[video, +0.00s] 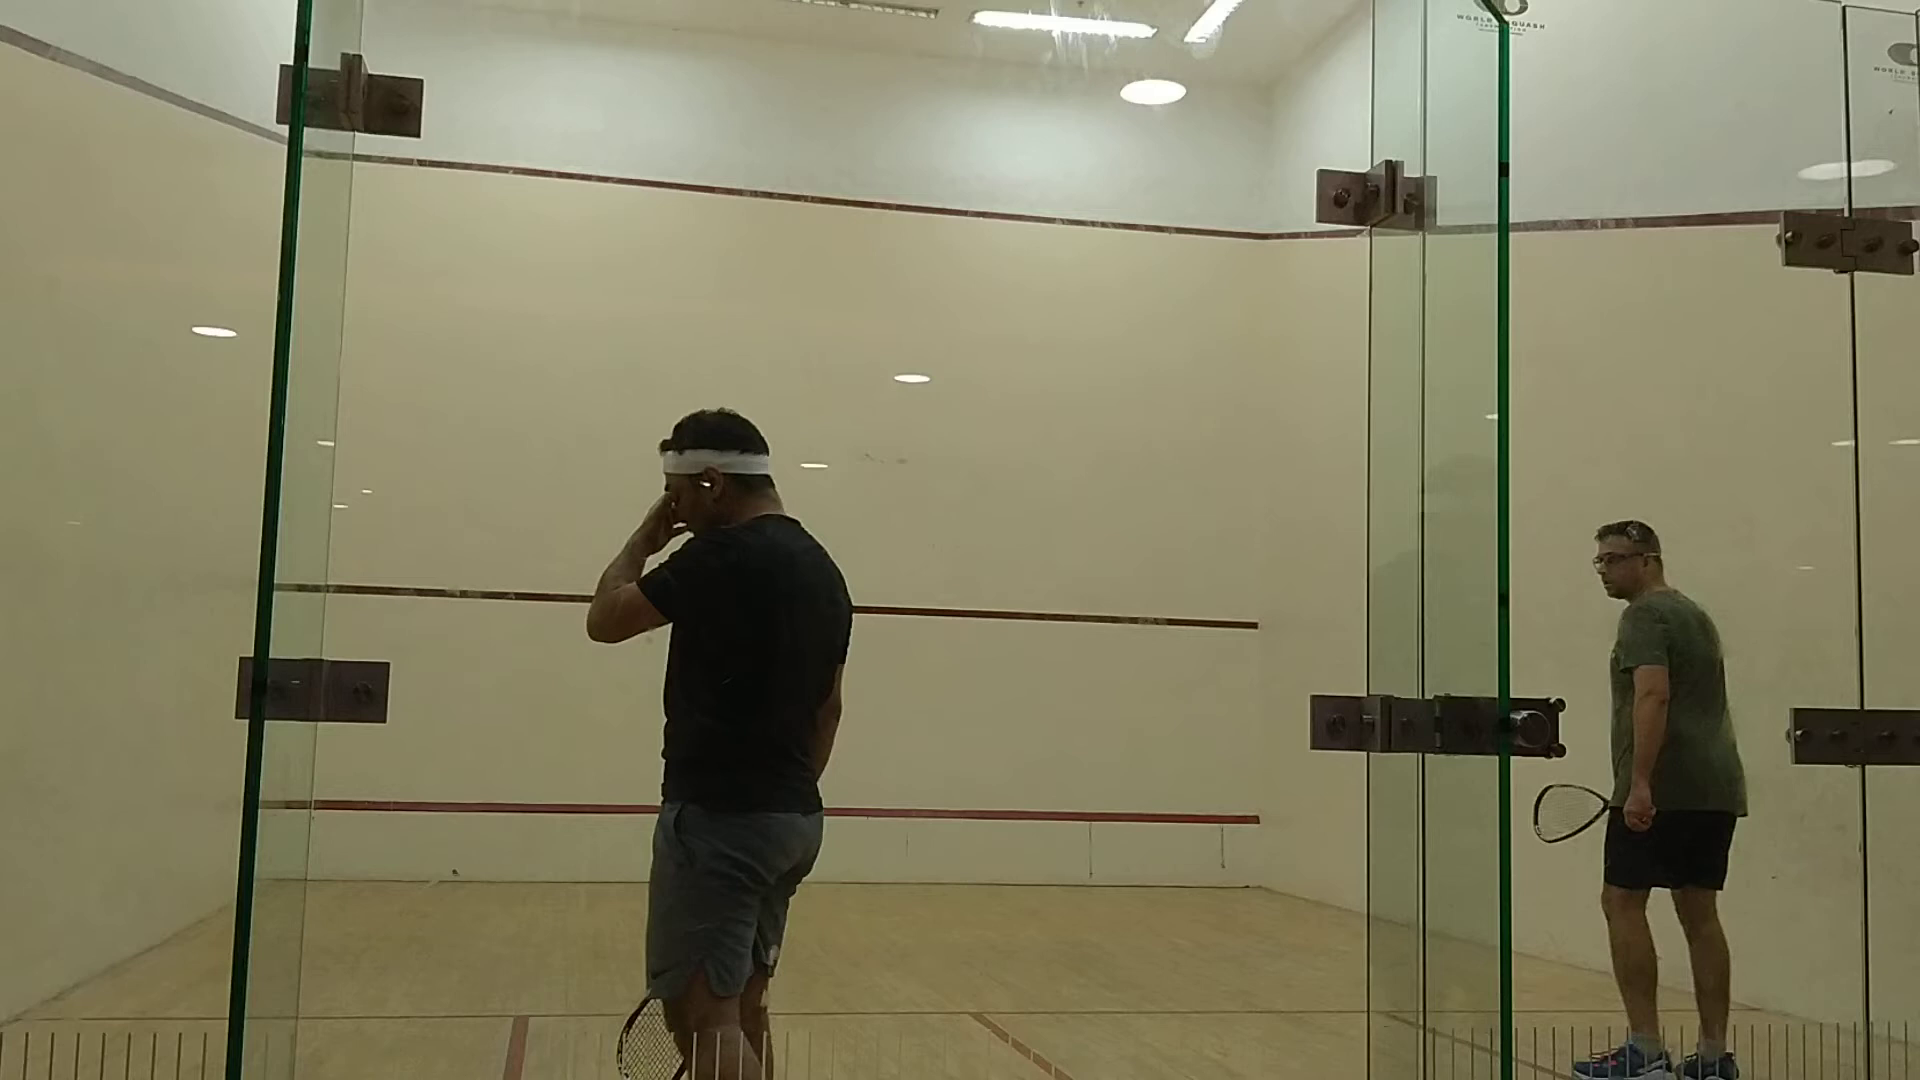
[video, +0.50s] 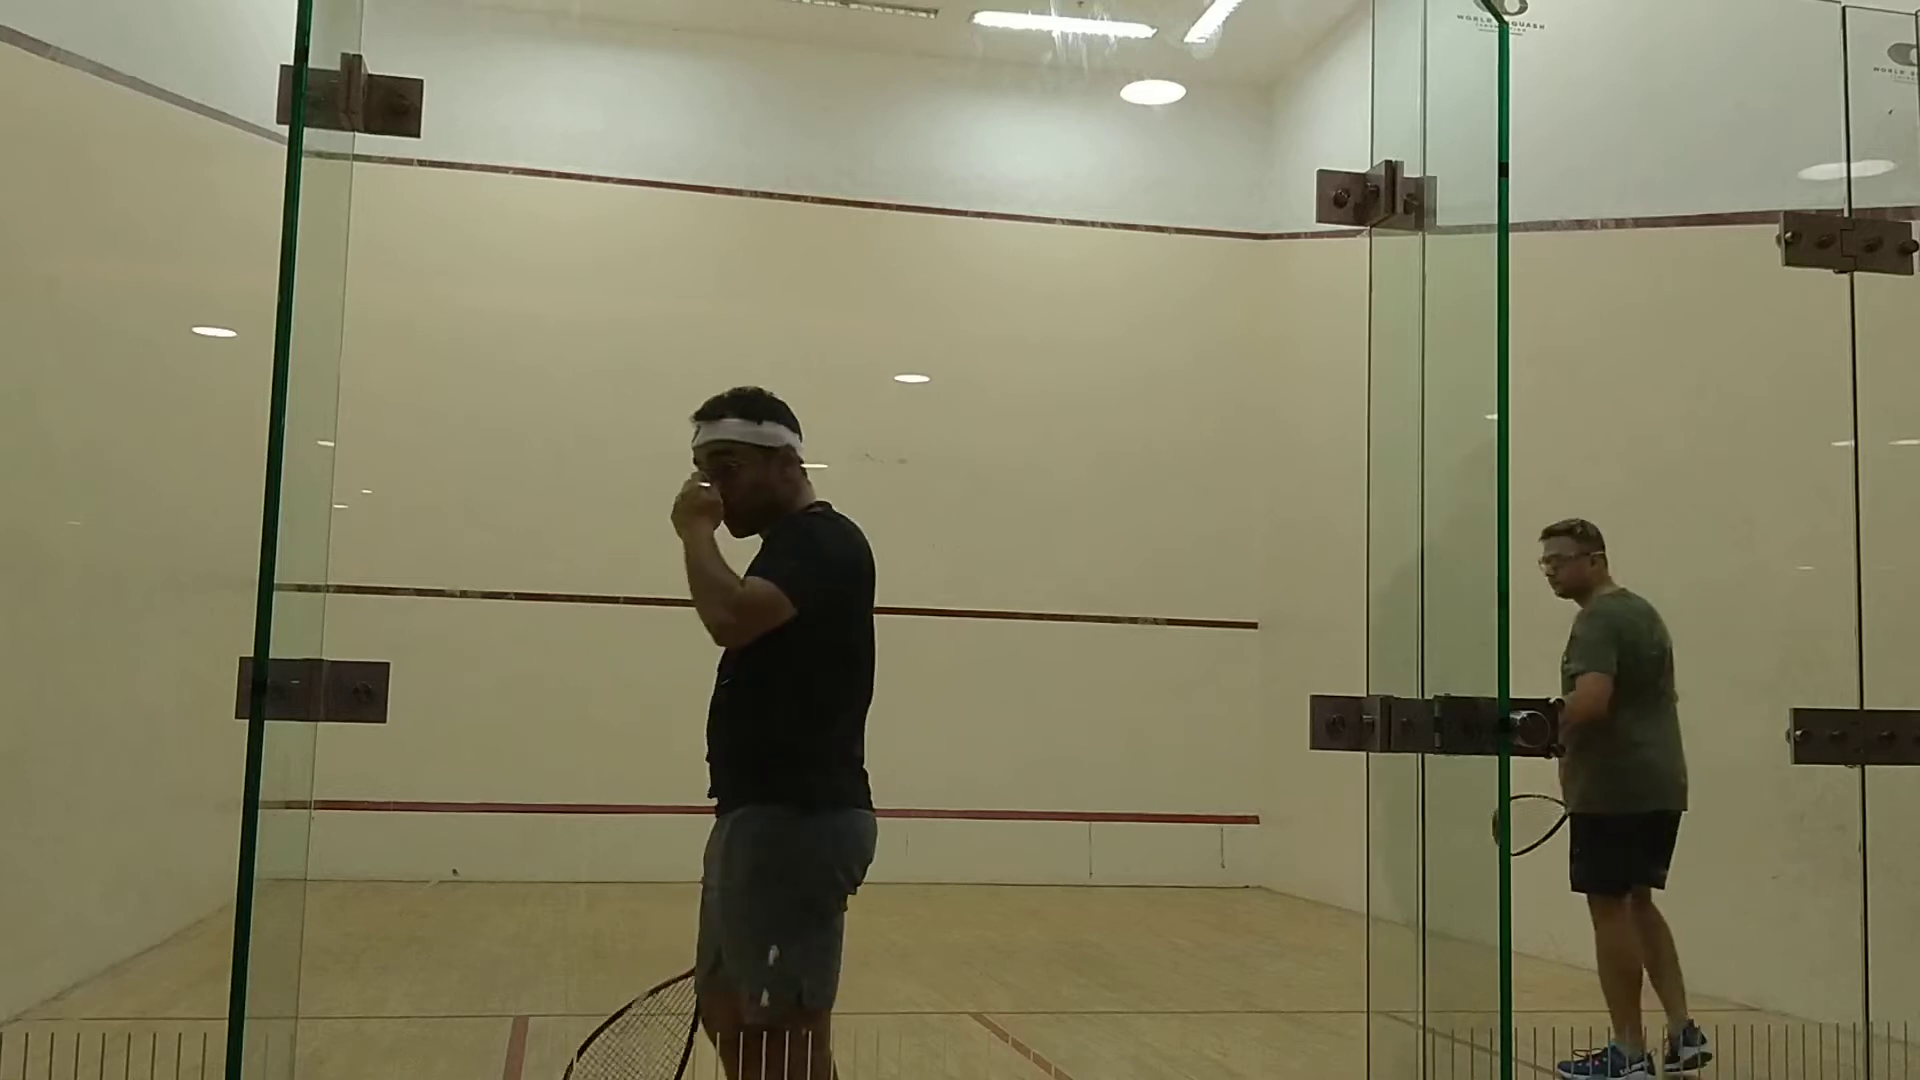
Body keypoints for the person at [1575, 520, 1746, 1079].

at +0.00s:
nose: (1601, 570)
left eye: (1611, 561)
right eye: (1599, 562)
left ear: (1646, 560)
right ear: (1648, 567)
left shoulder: (1644, 614)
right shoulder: (1692, 614)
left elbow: (1653, 697)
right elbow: (1702, 710)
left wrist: (1639, 782)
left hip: (1657, 793)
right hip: (1711, 793)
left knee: (1621, 901)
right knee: (1699, 910)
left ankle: (1644, 1047)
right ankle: (1714, 1053)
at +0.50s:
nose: (1548, 570)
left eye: (1557, 560)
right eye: (1546, 562)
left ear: (1593, 560)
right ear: (1598, 565)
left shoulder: (1599, 618)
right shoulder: (1640, 612)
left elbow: (1591, 700)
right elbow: (1648, 702)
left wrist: (1556, 724)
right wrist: (1572, 733)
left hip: (1611, 797)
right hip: (1656, 791)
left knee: (1609, 911)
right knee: (1638, 903)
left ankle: (1629, 1052)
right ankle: (1684, 1033)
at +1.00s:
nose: (1522, 607)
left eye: (1518, 595)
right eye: (1516, 598)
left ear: (1535, 578)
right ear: (1558, 571)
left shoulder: (1555, 631)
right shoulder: (1629, 615)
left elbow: (1548, 722)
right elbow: (1643, 706)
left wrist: (1530, 794)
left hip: (1607, 799)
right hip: (1667, 791)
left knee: (1619, 918)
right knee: (1654, 912)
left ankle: (1629, 1052)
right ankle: (1669, 1044)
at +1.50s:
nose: (1531, 604)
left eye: (1530, 592)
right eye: (1527, 594)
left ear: (1550, 580)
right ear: (1575, 575)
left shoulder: (1557, 623)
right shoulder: (1636, 619)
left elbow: (1538, 711)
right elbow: (1644, 708)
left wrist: (1554, 744)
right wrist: (1573, 740)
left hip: (1610, 796)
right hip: (1672, 790)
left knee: (1621, 917)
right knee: (1659, 914)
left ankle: (1629, 1052)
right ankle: (1670, 1050)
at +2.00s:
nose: (1524, 583)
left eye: (1529, 571)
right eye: (1523, 572)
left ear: (1564, 566)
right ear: (1576, 568)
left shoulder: (1550, 625)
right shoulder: (1637, 618)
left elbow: (1538, 713)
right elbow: (1682, 697)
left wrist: (1518, 783)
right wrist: (1699, 748)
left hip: (1592, 798)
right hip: (1650, 794)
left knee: (1609, 918)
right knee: (1633, 907)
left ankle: (1628, 1052)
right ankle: (1646, 1042)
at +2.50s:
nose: (1533, 581)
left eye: (1534, 574)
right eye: (1538, 573)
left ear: (1541, 577)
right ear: (1585, 576)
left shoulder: (1512, 638)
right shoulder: (1620, 630)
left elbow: (1484, 716)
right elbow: (1690, 687)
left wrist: (1476, 783)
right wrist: (1717, 653)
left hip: (1540, 804)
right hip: (1613, 802)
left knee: (1538, 907)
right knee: (1603, 908)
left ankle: (1604, 1013)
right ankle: (1598, 1030)